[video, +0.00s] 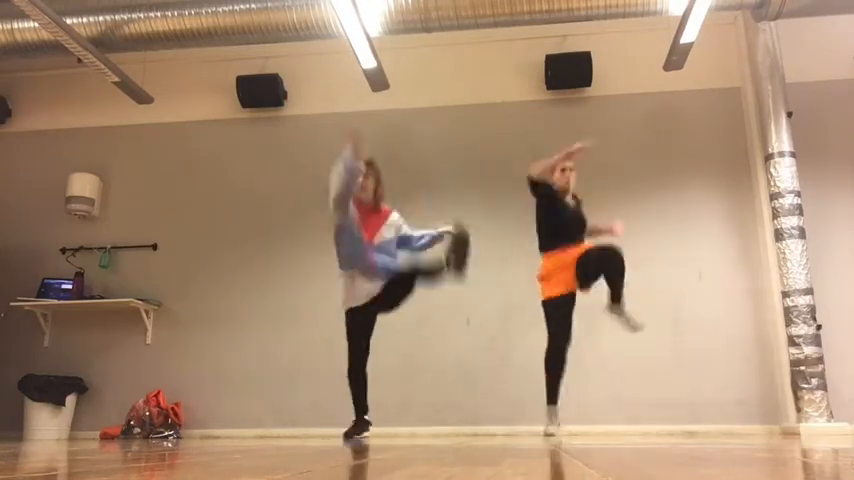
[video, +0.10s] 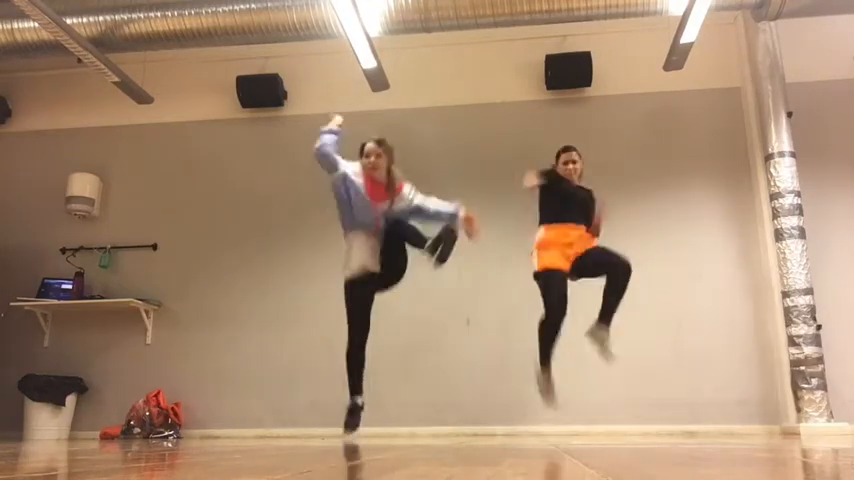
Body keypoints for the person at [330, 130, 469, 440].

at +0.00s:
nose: (363, 184)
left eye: (368, 178)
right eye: (359, 179)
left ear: (378, 184)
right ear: (351, 184)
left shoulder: (389, 219)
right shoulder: (345, 218)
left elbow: (411, 241)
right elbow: (339, 190)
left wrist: (442, 234)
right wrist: (350, 157)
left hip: (384, 293)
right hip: (357, 298)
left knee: (412, 269)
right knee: (357, 363)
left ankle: (447, 264)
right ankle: (361, 418)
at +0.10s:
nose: (372, 160)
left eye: (378, 155)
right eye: (367, 156)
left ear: (389, 160)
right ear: (360, 159)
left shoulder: (399, 192)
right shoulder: (348, 178)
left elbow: (427, 205)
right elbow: (324, 154)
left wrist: (459, 211)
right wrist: (333, 128)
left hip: (388, 268)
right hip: (358, 272)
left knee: (395, 221)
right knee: (357, 338)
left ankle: (432, 248)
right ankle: (355, 402)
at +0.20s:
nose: (378, 155)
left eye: (385, 150)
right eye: (373, 150)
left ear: (395, 154)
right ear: (367, 156)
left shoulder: (406, 182)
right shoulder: (355, 181)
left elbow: (432, 186)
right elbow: (329, 181)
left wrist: (443, 166)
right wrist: (310, 163)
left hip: (386, 261)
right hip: (358, 262)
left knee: (405, 242)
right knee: (364, 292)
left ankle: (412, 296)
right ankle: (356, 354)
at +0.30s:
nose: (378, 163)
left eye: (384, 159)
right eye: (374, 159)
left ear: (395, 163)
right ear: (369, 163)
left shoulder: (406, 190)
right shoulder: (360, 189)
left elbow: (430, 169)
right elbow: (344, 217)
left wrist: (412, 151)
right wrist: (325, 225)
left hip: (385, 268)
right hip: (356, 261)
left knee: (399, 298)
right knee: (359, 243)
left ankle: (397, 367)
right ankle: (359, 293)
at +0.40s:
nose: (378, 182)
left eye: (383, 177)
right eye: (374, 178)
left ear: (395, 182)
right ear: (368, 184)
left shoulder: (408, 208)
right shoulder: (358, 219)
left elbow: (429, 184)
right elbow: (349, 255)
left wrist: (413, 155)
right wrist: (336, 235)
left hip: (395, 295)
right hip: (366, 290)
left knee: (387, 362)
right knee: (342, 242)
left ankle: (387, 421)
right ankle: (330, 266)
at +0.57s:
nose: (374, 174)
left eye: (380, 169)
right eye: (370, 170)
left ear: (393, 174)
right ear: (365, 174)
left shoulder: (410, 198)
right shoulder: (358, 198)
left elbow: (441, 201)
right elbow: (335, 184)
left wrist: (467, 195)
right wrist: (331, 156)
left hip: (407, 290)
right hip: (377, 284)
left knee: (396, 355)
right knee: (330, 300)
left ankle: (391, 420)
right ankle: (280, 329)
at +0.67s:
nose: (376, 168)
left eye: (382, 163)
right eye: (372, 165)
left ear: (394, 166)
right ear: (369, 170)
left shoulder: (414, 194)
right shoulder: (365, 192)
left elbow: (439, 222)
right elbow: (346, 165)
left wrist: (460, 249)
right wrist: (340, 133)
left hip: (405, 281)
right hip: (373, 277)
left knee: (396, 342)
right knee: (352, 336)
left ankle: (396, 403)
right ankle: (331, 396)